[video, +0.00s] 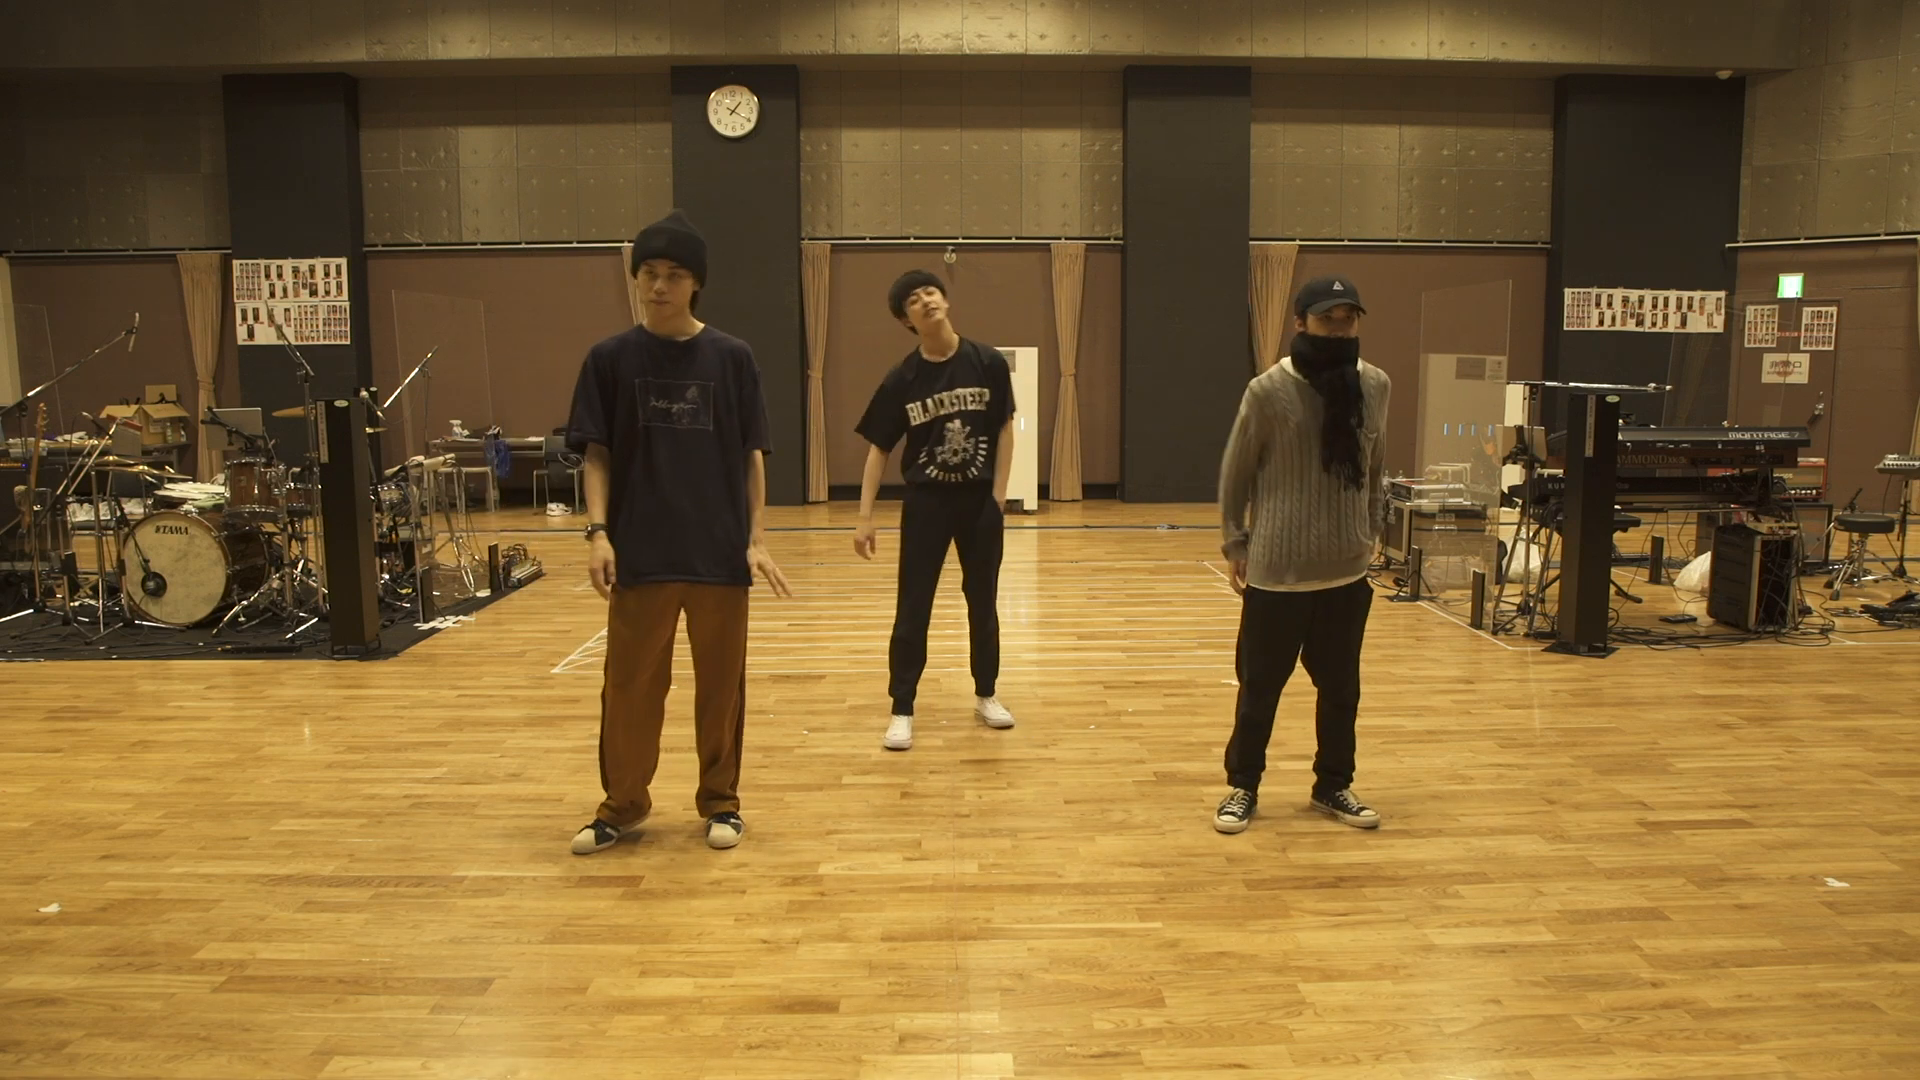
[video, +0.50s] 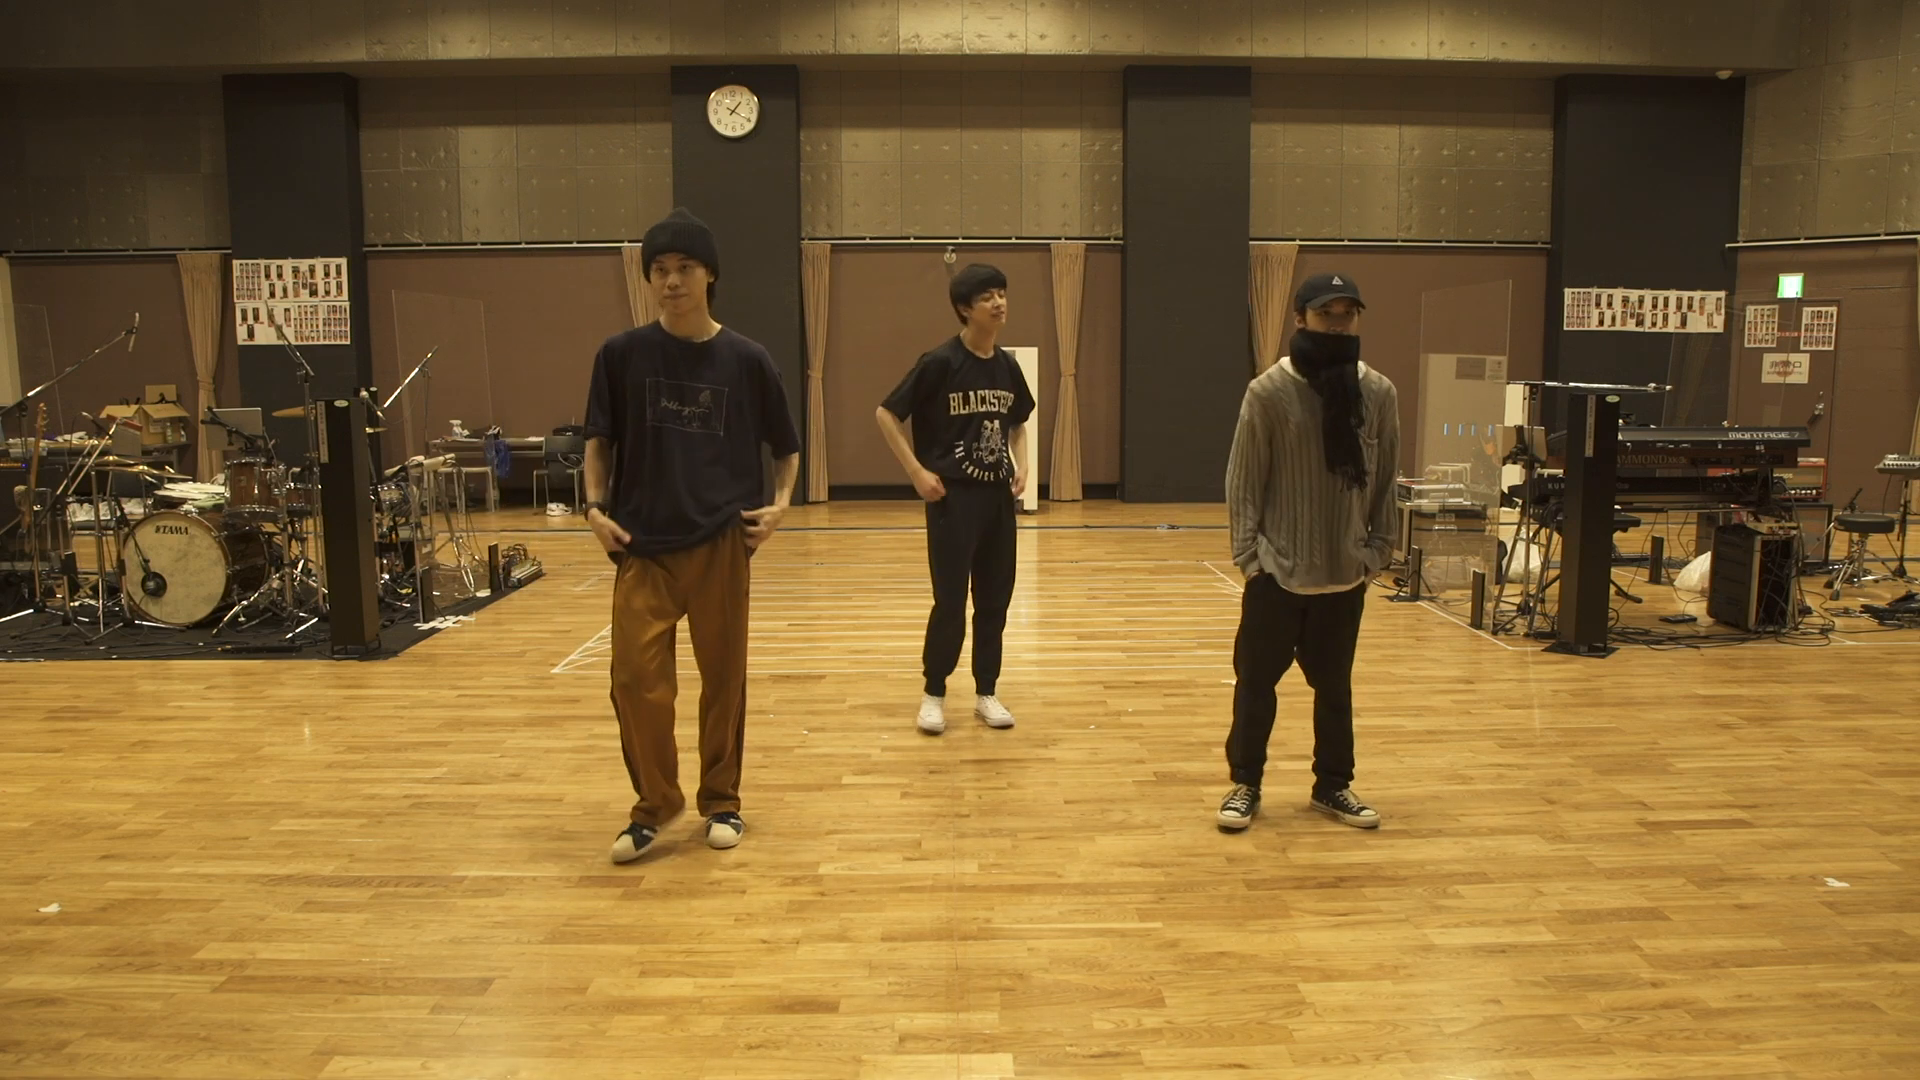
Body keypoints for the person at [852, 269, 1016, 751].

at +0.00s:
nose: (925, 301)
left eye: (930, 293)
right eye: (914, 300)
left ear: (948, 302)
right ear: (906, 321)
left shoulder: (989, 363)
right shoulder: (901, 380)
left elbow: (1005, 428)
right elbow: (878, 449)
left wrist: (998, 495)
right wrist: (865, 518)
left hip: (979, 503)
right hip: (925, 506)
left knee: (983, 603)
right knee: (913, 608)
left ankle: (986, 695)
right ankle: (902, 713)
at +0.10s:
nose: (948, 301)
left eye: (952, 293)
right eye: (936, 300)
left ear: (965, 301)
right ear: (923, 318)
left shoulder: (998, 364)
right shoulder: (914, 376)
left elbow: (1013, 432)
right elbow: (882, 442)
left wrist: (1010, 492)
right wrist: (871, 511)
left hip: (990, 502)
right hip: (935, 505)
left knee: (987, 603)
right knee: (921, 606)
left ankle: (987, 695)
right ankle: (903, 712)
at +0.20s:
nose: (967, 301)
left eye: (971, 293)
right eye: (956, 298)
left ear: (982, 301)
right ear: (938, 313)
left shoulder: (1004, 365)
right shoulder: (923, 371)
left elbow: (1021, 431)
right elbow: (889, 436)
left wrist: (1020, 488)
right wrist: (884, 506)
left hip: (998, 504)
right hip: (943, 505)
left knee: (992, 606)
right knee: (927, 607)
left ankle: (988, 696)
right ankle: (907, 711)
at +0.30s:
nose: (990, 301)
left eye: (993, 293)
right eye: (978, 296)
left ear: (999, 303)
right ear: (956, 309)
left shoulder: (1010, 366)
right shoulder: (934, 367)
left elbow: (1023, 424)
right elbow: (895, 429)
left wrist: (1029, 469)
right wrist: (904, 495)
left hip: (1001, 503)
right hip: (948, 502)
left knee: (993, 604)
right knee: (935, 603)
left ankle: (987, 695)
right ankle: (917, 703)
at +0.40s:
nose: (998, 302)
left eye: (1001, 295)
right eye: (987, 297)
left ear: (1006, 303)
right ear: (963, 308)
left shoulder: (1011, 365)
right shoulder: (938, 364)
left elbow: (1020, 421)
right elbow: (894, 422)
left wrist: (1029, 462)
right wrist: (911, 486)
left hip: (1000, 500)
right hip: (950, 499)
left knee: (993, 602)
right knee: (942, 601)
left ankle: (987, 695)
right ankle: (924, 699)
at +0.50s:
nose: (999, 304)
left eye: (1002, 296)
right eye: (988, 298)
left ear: (1006, 305)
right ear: (964, 308)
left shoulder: (1008, 366)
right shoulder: (938, 364)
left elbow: (1014, 423)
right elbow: (886, 414)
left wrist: (1020, 464)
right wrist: (915, 471)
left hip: (998, 498)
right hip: (951, 499)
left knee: (994, 603)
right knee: (950, 602)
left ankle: (986, 696)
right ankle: (934, 696)